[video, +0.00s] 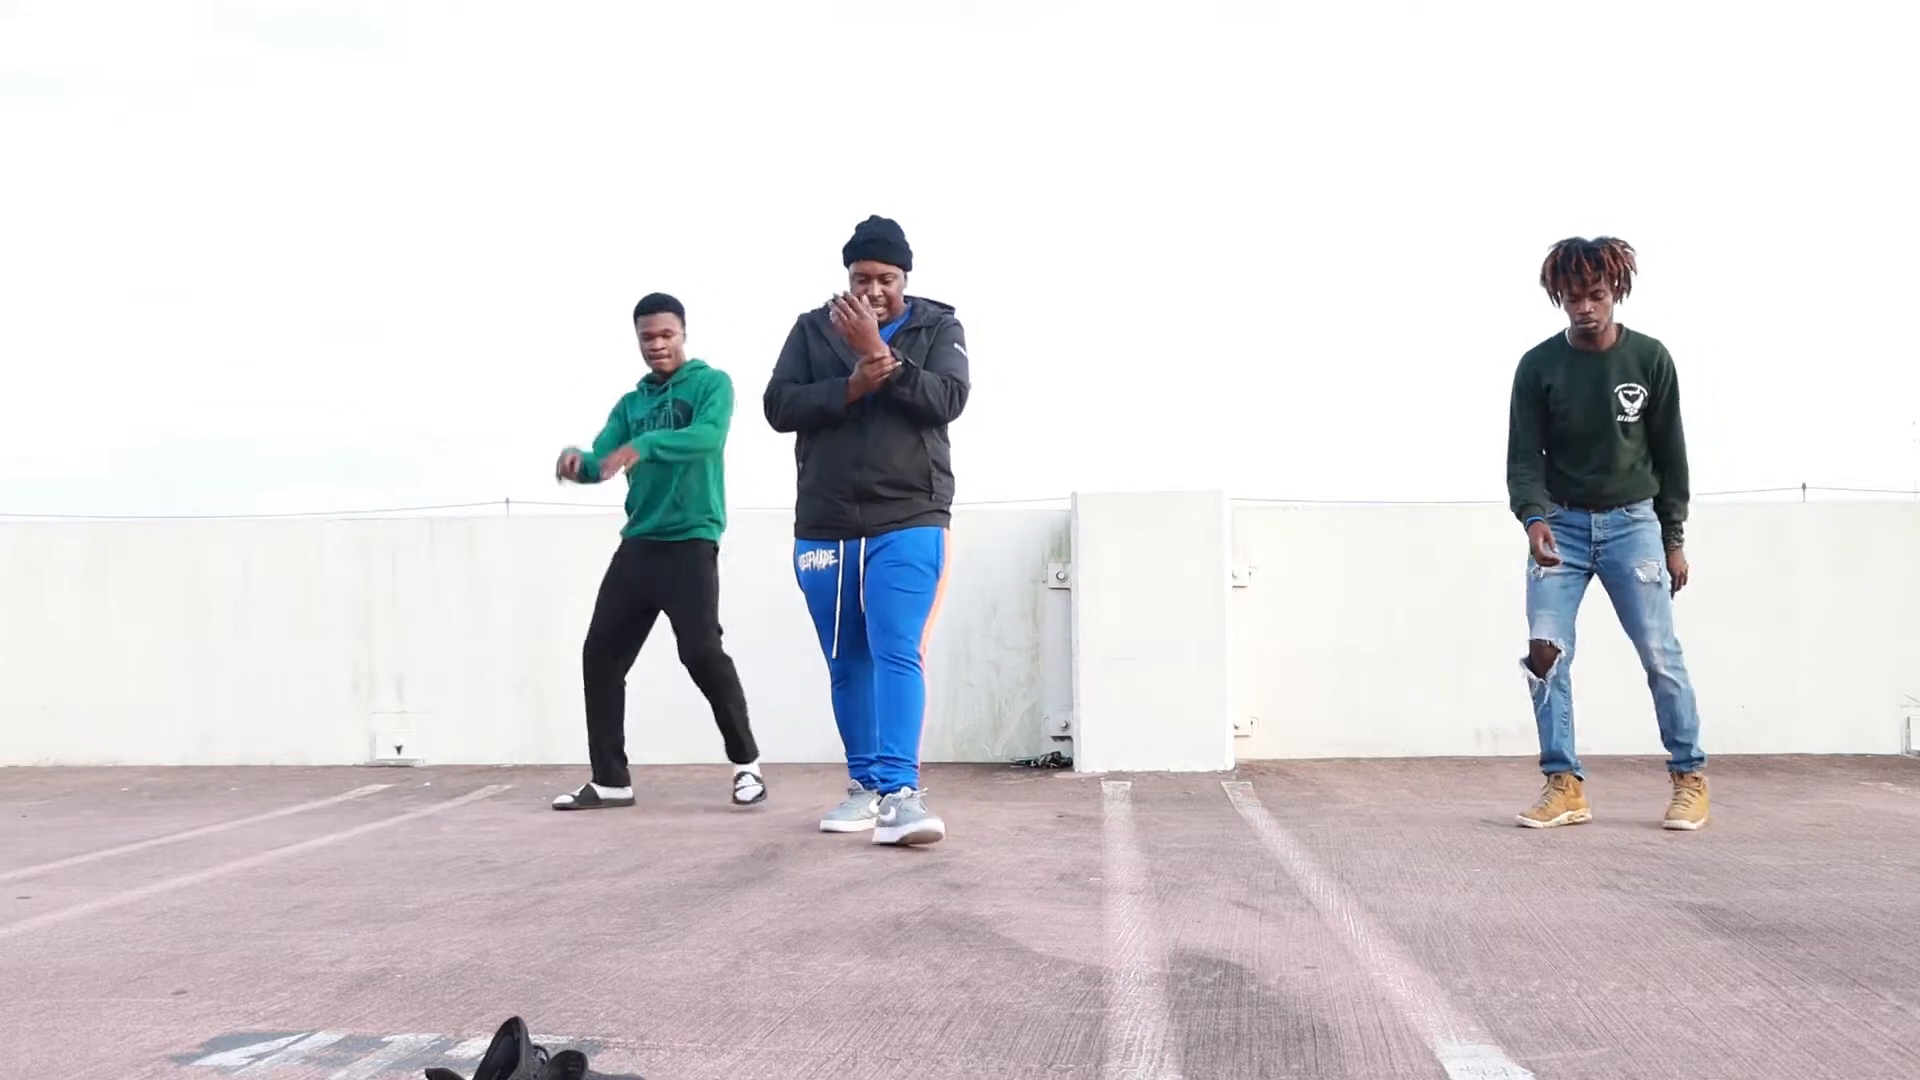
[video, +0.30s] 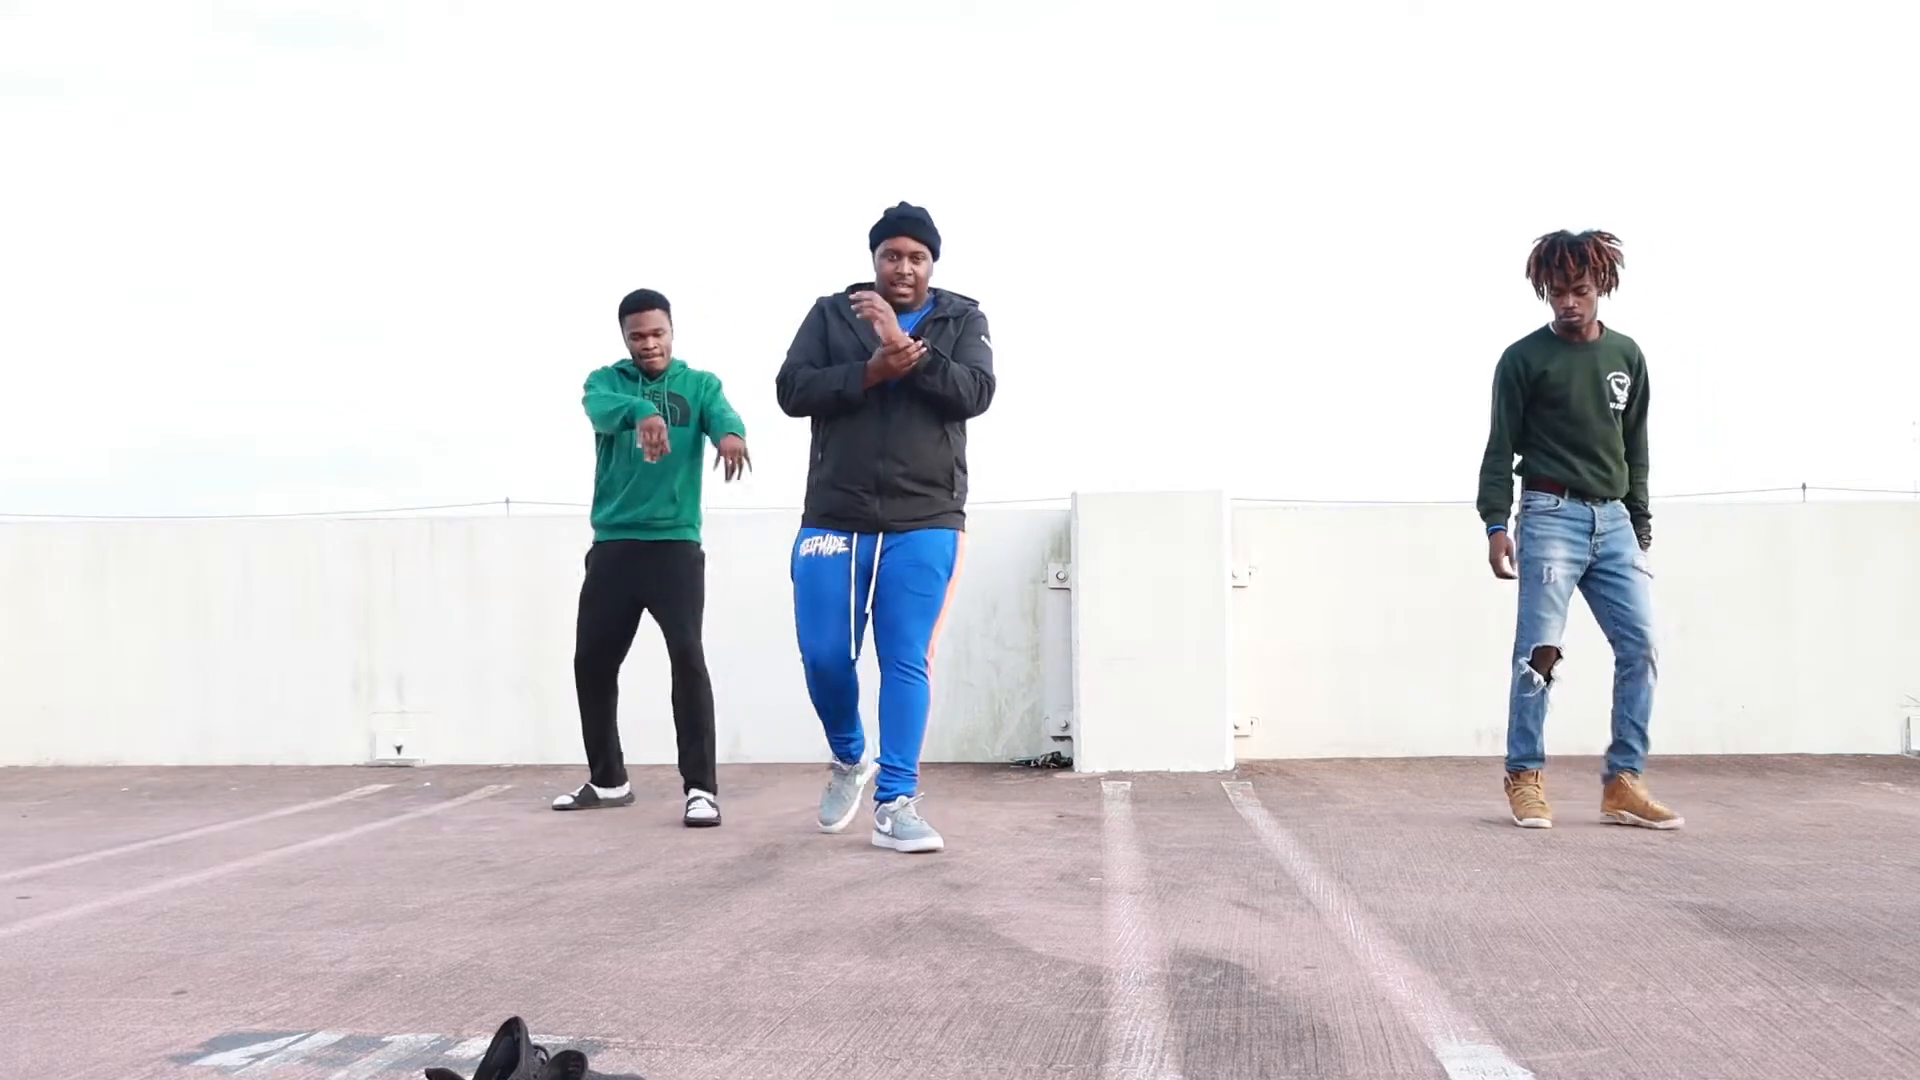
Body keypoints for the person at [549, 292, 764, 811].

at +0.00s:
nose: (658, 345)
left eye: (666, 336)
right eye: (648, 338)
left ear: (685, 336)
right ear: (639, 343)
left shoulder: (710, 382)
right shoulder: (631, 405)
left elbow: (709, 437)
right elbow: (603, 465)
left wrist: (642, 447)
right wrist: (577, 463)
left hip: (691, 545)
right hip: (637, 548)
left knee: (700, 652)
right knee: (601, 656)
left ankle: (747, 766)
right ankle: (611, 781)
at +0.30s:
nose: (649, 344)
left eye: (657, 334)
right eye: (638, 337)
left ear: (672, 333)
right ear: (624, 340)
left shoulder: (698, 383)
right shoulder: (607, 381)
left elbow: (719, 411)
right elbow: (602, 406)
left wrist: (729, 433)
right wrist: (642, 412)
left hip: (676, 549)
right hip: (613, 549)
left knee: (687, 660)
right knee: (592, 665)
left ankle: (700, 788)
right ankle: (608, 780)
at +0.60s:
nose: (667, 325)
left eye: (677, 314)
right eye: (659, 316)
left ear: (700, 313)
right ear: (649, 318)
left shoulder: (719, 368)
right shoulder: (634, 359)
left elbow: (738, 416)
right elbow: (590, 381)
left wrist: (729, 383)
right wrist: (625, 359)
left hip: (673, 536)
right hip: (617, 530)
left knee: (677, 655)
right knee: (582, 647)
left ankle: (698, 791)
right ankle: (601, 770)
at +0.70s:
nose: (662, 312)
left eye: (674, 303)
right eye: (655, 303)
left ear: (699, 308)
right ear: (647, 308)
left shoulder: (722, 360)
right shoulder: (632, 357)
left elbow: (713, 395)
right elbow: (586, 379)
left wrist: (684, 336)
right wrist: (587, 335)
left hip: (673, 532)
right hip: (617, 525)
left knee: (679, 656)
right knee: (577, 643)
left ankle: (699, 791)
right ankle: (579, 776)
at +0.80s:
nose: (648, 319)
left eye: (659, 308)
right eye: (643, 310)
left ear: (691, 304)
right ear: (640, 311)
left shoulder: (715, 356)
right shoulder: (632, 359)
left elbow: (687, 389)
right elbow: (577, 388)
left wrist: (625, 327)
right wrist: (553, 332)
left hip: (668, 535)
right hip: (613, 529)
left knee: (676, 659)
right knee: (574, 647)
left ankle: (700, 792)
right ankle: (552, 780)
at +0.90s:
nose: (633, 321)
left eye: (644, 310)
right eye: (628, 311)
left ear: (676, 308)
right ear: (624, 312)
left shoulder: (700, 355)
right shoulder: (623, 368)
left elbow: (664, 393)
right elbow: (567, 407)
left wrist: (574, 361)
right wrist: (522, 369)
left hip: (661, 538)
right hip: (606, 534)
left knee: (672, 661)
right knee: (567, 655)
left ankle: (699, 792)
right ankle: (528, 786)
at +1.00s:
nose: (614, 329)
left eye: (625, 318)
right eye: (608, 318)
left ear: (655, 313)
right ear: (604, 318)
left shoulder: (680, 359)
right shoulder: (604, 376)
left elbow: (644, 408)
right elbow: (558, 428)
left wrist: (555, 421)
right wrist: (505, 409)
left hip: (649, 544)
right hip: (591, 541)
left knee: (663, 666)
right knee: (551, 661)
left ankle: (698, 793)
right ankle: (521, 796)